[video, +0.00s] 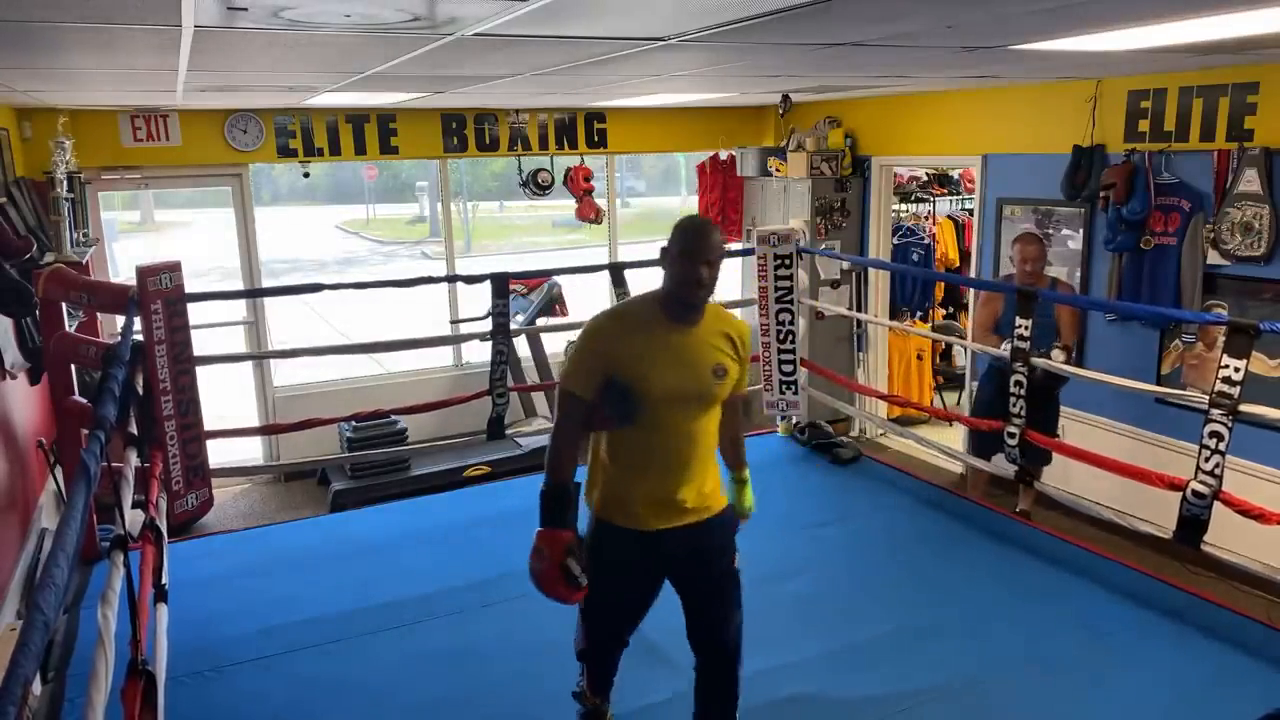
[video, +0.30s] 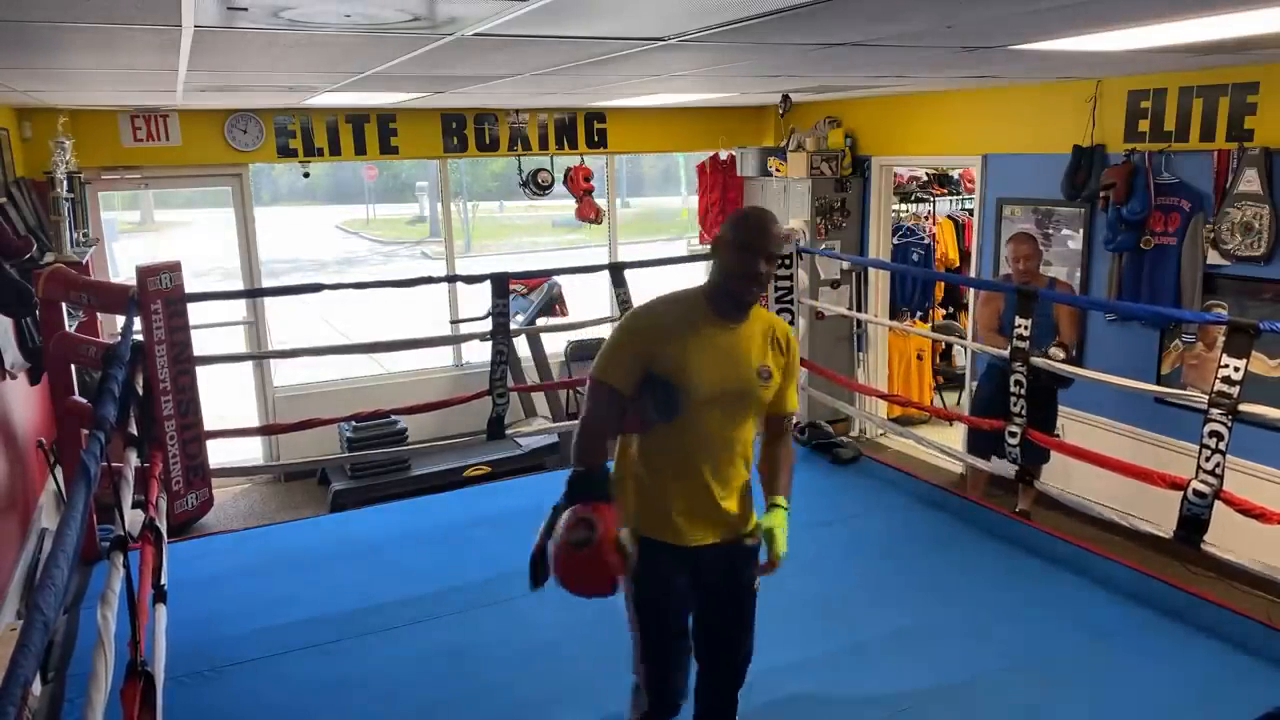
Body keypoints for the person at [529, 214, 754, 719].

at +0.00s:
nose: (703, 275)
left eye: (713, 263)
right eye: (691, 261)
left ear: (723, 267)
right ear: (665, 257)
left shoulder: (731, 334)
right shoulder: (608, 333)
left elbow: (730, 414)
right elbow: (567, 430)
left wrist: (741, 484)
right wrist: (556, 524)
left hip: (703, 523)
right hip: (623, 528)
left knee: (721, 654)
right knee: (603, 638)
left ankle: (716, 719)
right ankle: (595, 702)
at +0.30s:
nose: (762, 270)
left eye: (773, 259)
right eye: (751, 256)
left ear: (780, 264)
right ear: (717, 249)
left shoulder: (778, 339)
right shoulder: (646, 328)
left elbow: (778, 432)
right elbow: (594, 432)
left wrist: (777, 508)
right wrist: (589, 521)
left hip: (731, 533)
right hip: (654, 536)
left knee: (725, 679)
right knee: (664, 689)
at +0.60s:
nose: (792, 321)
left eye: (801, 308)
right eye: (786, 305)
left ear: (806, 299)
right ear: (751, 287)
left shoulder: (803, 358)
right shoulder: (661, 361)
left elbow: (814, 474)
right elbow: (618, 481)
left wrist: (764, 526)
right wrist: (695, 485)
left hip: (773, 580)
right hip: (697, 590)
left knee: (748, 704)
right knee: (713, 711)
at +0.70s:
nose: (792, 331)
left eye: (802, 318)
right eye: (783, 319)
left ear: (808, 304)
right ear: (744, 296)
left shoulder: (809, 352)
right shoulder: (664, 367)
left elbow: (827, 467)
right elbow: (627, 498)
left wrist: (797, 529)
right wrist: (701, 497)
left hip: (792, 589)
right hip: (707, 599)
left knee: (795, 709)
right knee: (716, 712)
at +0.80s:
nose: (800, 334)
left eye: (809, 320)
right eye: (790, 321)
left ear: (815, 306)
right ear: (749, 300)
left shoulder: (817, 355)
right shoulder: (668, 376)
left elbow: (848, 470)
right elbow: (633, 512)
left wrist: (832, 545)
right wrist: (694, 515)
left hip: (808, 604)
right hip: (718, 617)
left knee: (835, 711)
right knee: (721, 713)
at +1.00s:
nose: (851, 343)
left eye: (860, 328)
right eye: (842, 325)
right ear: (797, 300)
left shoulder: (856, 372)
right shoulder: (699, 387)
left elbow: (864, 480)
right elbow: (652, 519)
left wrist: (919, 573)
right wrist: (684, 621)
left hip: (843, 624)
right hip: (743, 647)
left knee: (889, 711)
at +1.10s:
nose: (886, 349)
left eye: (894, 332)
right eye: (876, 330)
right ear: (833, 309)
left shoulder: (882, 378)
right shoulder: (724, 387)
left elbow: (880, 483)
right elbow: (669, 511)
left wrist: (945, 576)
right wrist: (671, 619)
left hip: (859, 639)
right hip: (753, 653)